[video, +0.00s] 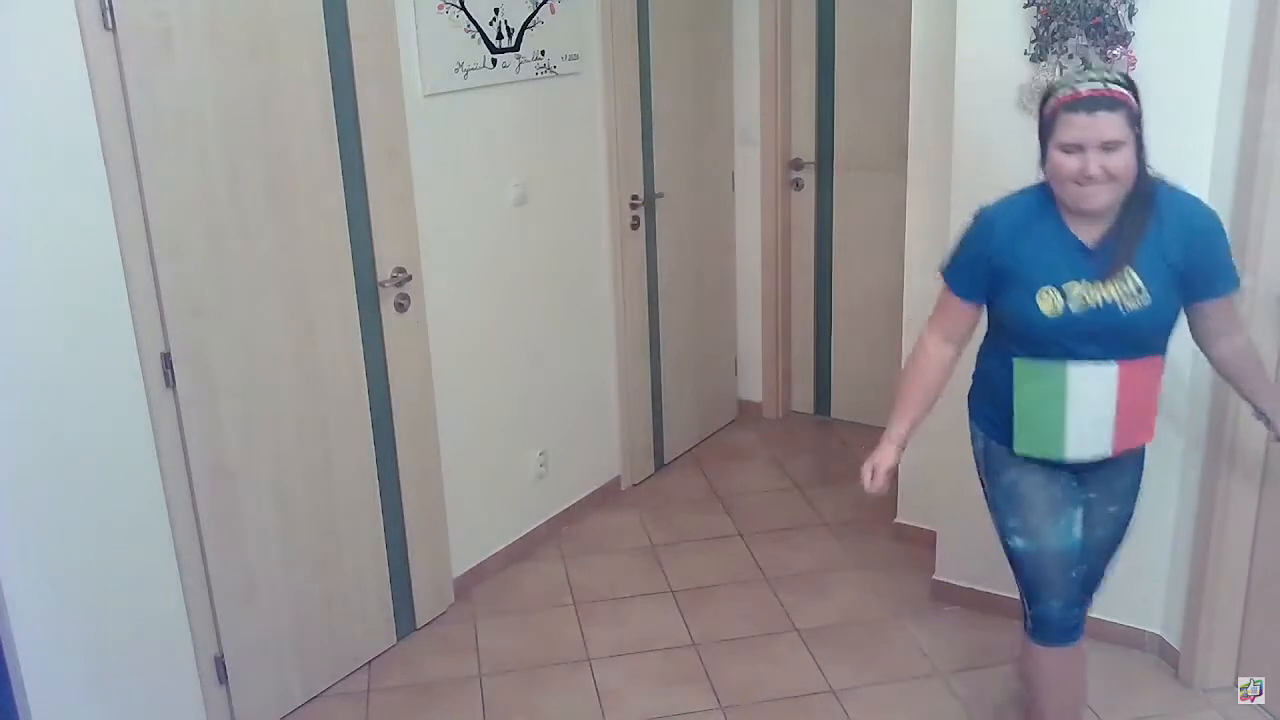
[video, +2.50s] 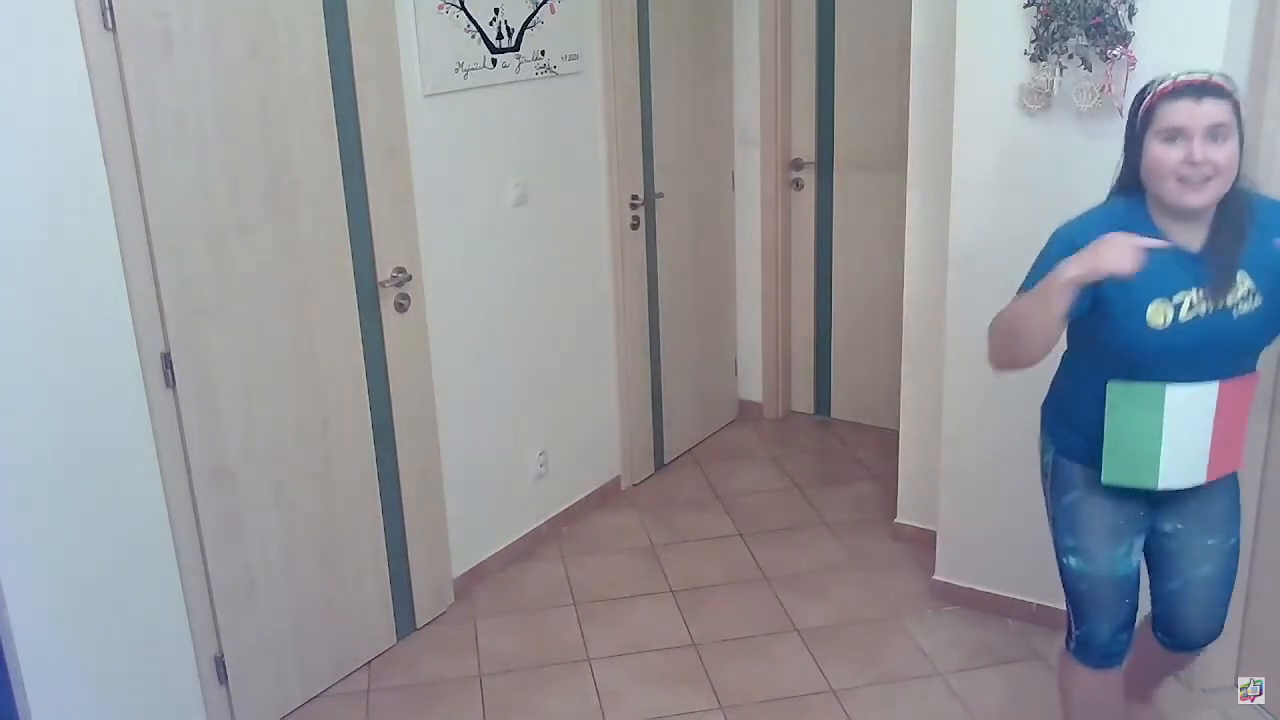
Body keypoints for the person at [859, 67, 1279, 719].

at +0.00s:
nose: (1092, 166)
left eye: (1110, 148)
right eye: (1072, 149)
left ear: (1138, 151)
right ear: (1044, 154)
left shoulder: (1184, 226)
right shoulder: (1001, 231)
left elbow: (1224, 335)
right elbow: (941, 339)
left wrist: (1272, 410)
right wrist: (893, 436)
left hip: (1119, 446)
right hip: (1016, 444)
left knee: (1069, 604)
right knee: (1056, 614)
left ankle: (1036, 693)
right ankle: (1065, 715)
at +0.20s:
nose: (1121, 231)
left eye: (1142, 212)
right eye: (1100, 213)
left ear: (1169, 221)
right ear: (1071, 224)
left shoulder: (1210, 290)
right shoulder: (1028, 314)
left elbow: (1260, 393)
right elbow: (957, 432)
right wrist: (903, 530)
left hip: (1145, 469)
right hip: (1037, 477)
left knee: (1162, 629)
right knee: (1073, 652)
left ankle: (1055, 660)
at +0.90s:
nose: (1157, 128)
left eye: (1179, 113)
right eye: (1137, 111)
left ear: (1201, 130)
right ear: (1107, 127)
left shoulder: (1235, 213)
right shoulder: (1060, 225)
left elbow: (1276, 327)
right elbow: (993, 342)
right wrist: (921, 433)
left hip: (1182, 459)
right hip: (1077, 457)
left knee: (1142, 611)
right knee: (1076, 621)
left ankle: (1107, 695)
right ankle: (1069, 717)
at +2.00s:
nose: (1169, 223)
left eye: (1191, 203)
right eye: (1148, 202)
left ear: (1219, 211)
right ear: (1118, 208)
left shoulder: (1260, 280)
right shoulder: (1072, 301)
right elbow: (1014, 421)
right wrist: (964, 524)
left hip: (1193, 466)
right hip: (1080, 471)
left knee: (1194, 636)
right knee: (1098, 653)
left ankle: (1090, 675)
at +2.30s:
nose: (1170, 220)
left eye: (1190, 199)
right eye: (1147, 202)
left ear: (1217, 211)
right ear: (1116, 218)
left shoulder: (1261, 290)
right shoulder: (1071, 305)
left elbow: (1274, 385)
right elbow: (1018, 410)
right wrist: (988, 449)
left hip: (1194, 475)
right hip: (1079, 477)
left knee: (1174, 655)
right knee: (1105, 665)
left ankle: (1084, 700)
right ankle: (1059, 708)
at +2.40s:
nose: (1186, 184)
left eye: (1206, 164)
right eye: (1162, 166)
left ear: (1230, 178)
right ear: (1129, 184)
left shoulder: (1264, 256)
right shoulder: (1084, 274)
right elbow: (993, 394)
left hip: (1202, 463)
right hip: (1088, 468)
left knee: (1189, 637)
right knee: (1101, 650)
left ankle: (1099, 690)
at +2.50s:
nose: (1197, 155)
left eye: (1216, 135)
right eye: (1173, 137)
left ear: (1238, 150)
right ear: (1138, 152)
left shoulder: (1267, 228)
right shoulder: (1090, 239)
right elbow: (1005, 354)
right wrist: (1074, 271)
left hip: (1208, 461)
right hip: (1096, 463)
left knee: (1191, 627)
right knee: (1102, 636)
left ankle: (1132, 695)